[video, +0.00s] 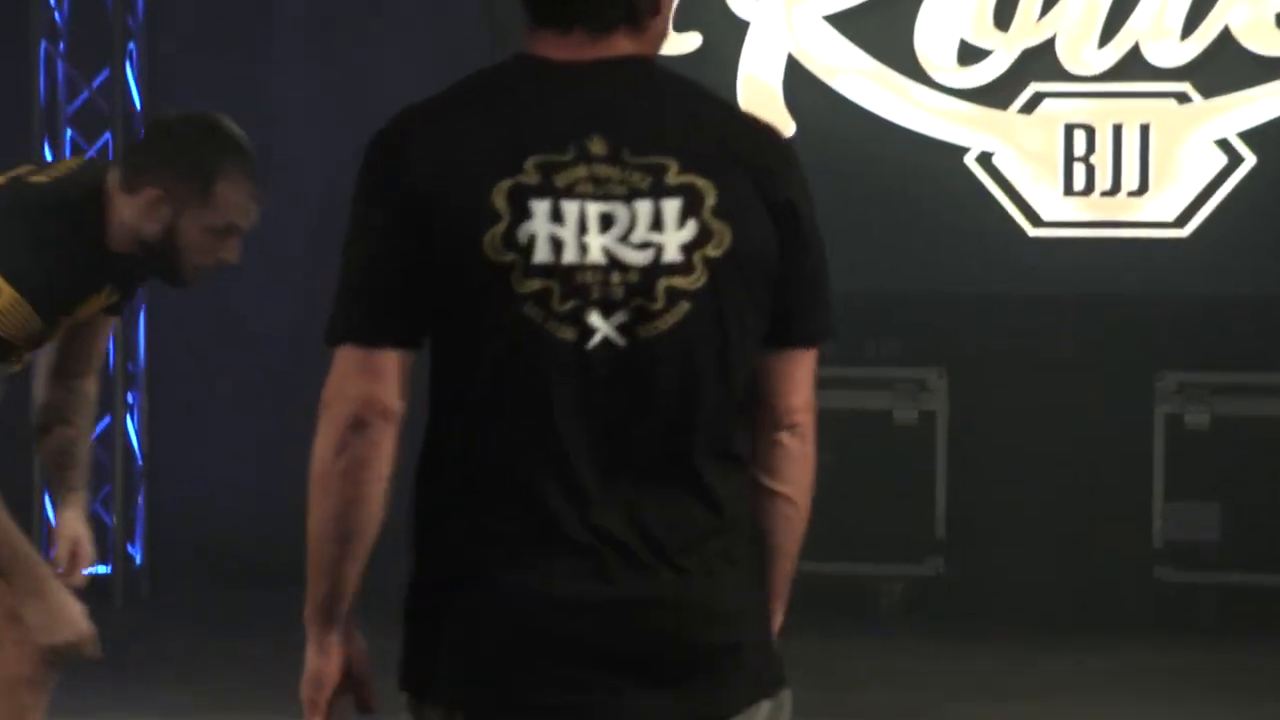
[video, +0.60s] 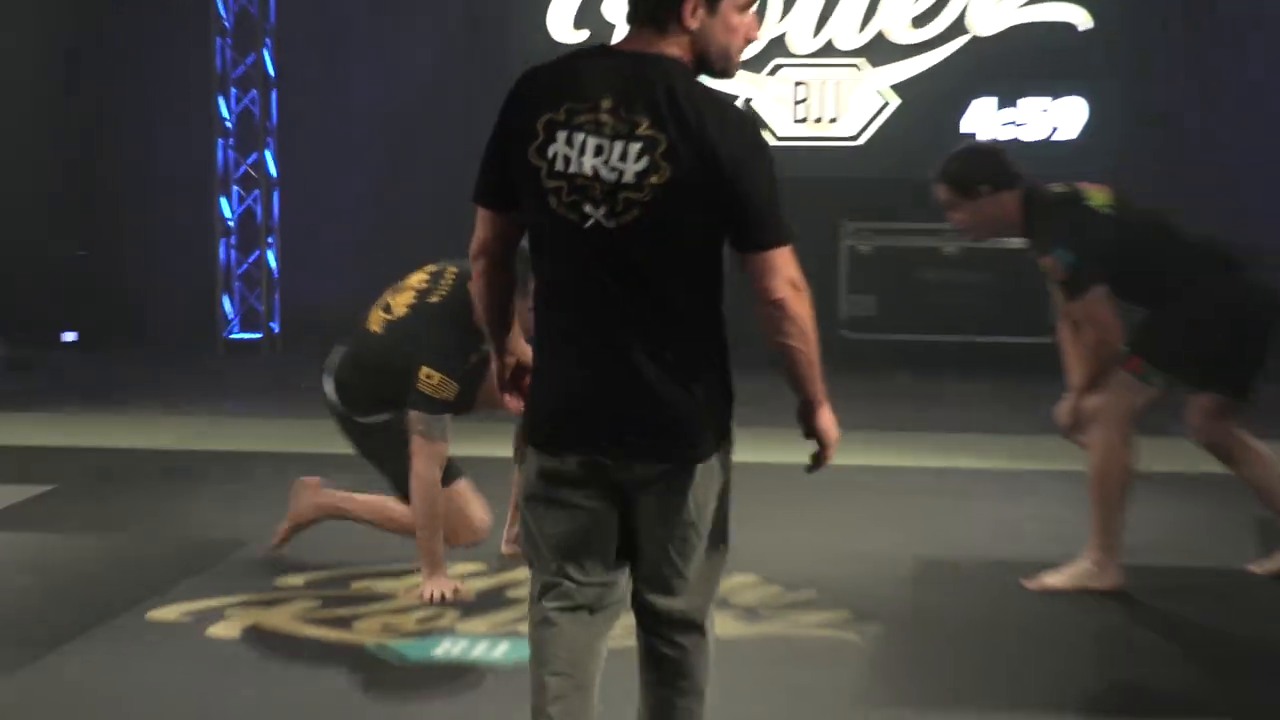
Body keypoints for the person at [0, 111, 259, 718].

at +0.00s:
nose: (232, 256)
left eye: (240, 236)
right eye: (220, 231)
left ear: (152, 204)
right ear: (154, 204)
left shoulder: (125, 237)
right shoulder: (32, 250)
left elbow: (73, 377)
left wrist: (70, 506)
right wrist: (30, 586)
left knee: (30, 638)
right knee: (37, 634)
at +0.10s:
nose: (286, 286)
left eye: (293, 266)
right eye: (274, 264)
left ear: (209, 233)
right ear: (209, 236)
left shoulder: (178, 244)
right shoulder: (90, 271)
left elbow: (139, 394)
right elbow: (15, 474)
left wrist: (153, 519)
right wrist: (126, 623)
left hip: (30, 419)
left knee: (146, 599)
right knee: (84, 643)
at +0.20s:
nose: (360, 309)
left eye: (366, 293)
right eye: (350, 291)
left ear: (290, 262)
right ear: (292, 266)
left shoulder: (262, 256)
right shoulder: (189, 301)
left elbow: (263, 395)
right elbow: (153, 495)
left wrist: (287, 493)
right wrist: (250, 630)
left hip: (131, 396)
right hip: (45, 417)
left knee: (291, 527)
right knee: (192, 607)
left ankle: (292, 704)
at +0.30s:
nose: (425, 322)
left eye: (430, 308)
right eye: (417, 308)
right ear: (362, 288)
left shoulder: (339, 257)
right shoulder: (277, 331)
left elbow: (363, 374)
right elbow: (265, 503)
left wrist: (395, 457)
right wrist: (337, 624)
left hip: (224, 383)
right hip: (146, 406)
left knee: (381, 486)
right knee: (283, 568)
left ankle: (488, 667)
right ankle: (137, 702)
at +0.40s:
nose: (464, 319)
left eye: (467, 307)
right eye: (459, 308)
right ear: (422, 296)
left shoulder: (400, 265)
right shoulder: (339, 336)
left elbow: (427, 362)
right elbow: (338, 498)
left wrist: (469, 443)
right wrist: (396, 614)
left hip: (304, 370)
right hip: (236, 396)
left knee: (443, 449)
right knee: (337, 546)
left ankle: (522, 622)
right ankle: (181, 618)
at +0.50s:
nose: (480, 330)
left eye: (486, 318)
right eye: (474, 318)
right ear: (450, 301)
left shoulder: (449, 268)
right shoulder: (391, 348)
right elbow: (390, 494)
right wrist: (423, 603)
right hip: (301, 385)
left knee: (494, 413)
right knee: (392, 533)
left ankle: (523, 566)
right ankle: (232, 551)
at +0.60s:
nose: (529, 318)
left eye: (531, 309)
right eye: (526, 309)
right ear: (498, 298)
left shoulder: (477, 281)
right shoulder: (443, 345)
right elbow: (426, 466)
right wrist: (434, 573)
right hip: (362, 397)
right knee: (470, 525)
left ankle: (521, 528)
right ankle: (320, 500)